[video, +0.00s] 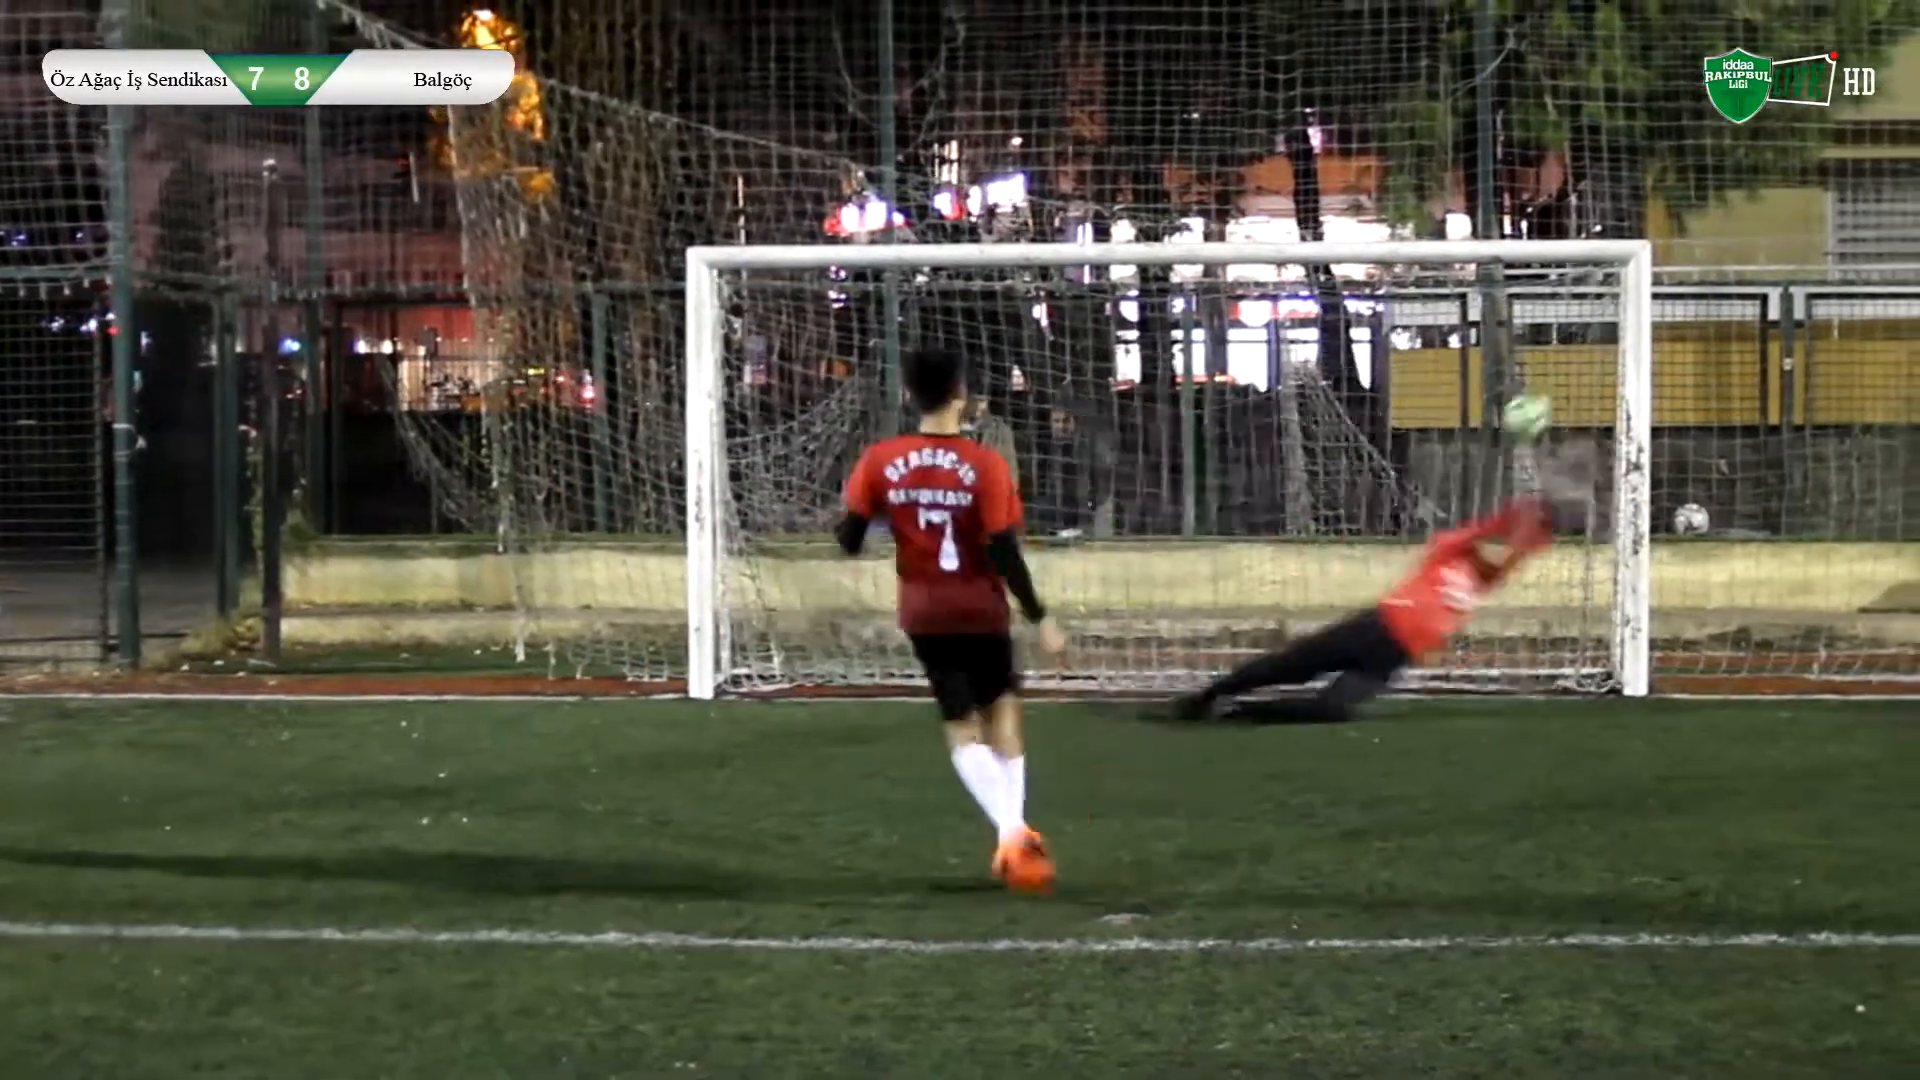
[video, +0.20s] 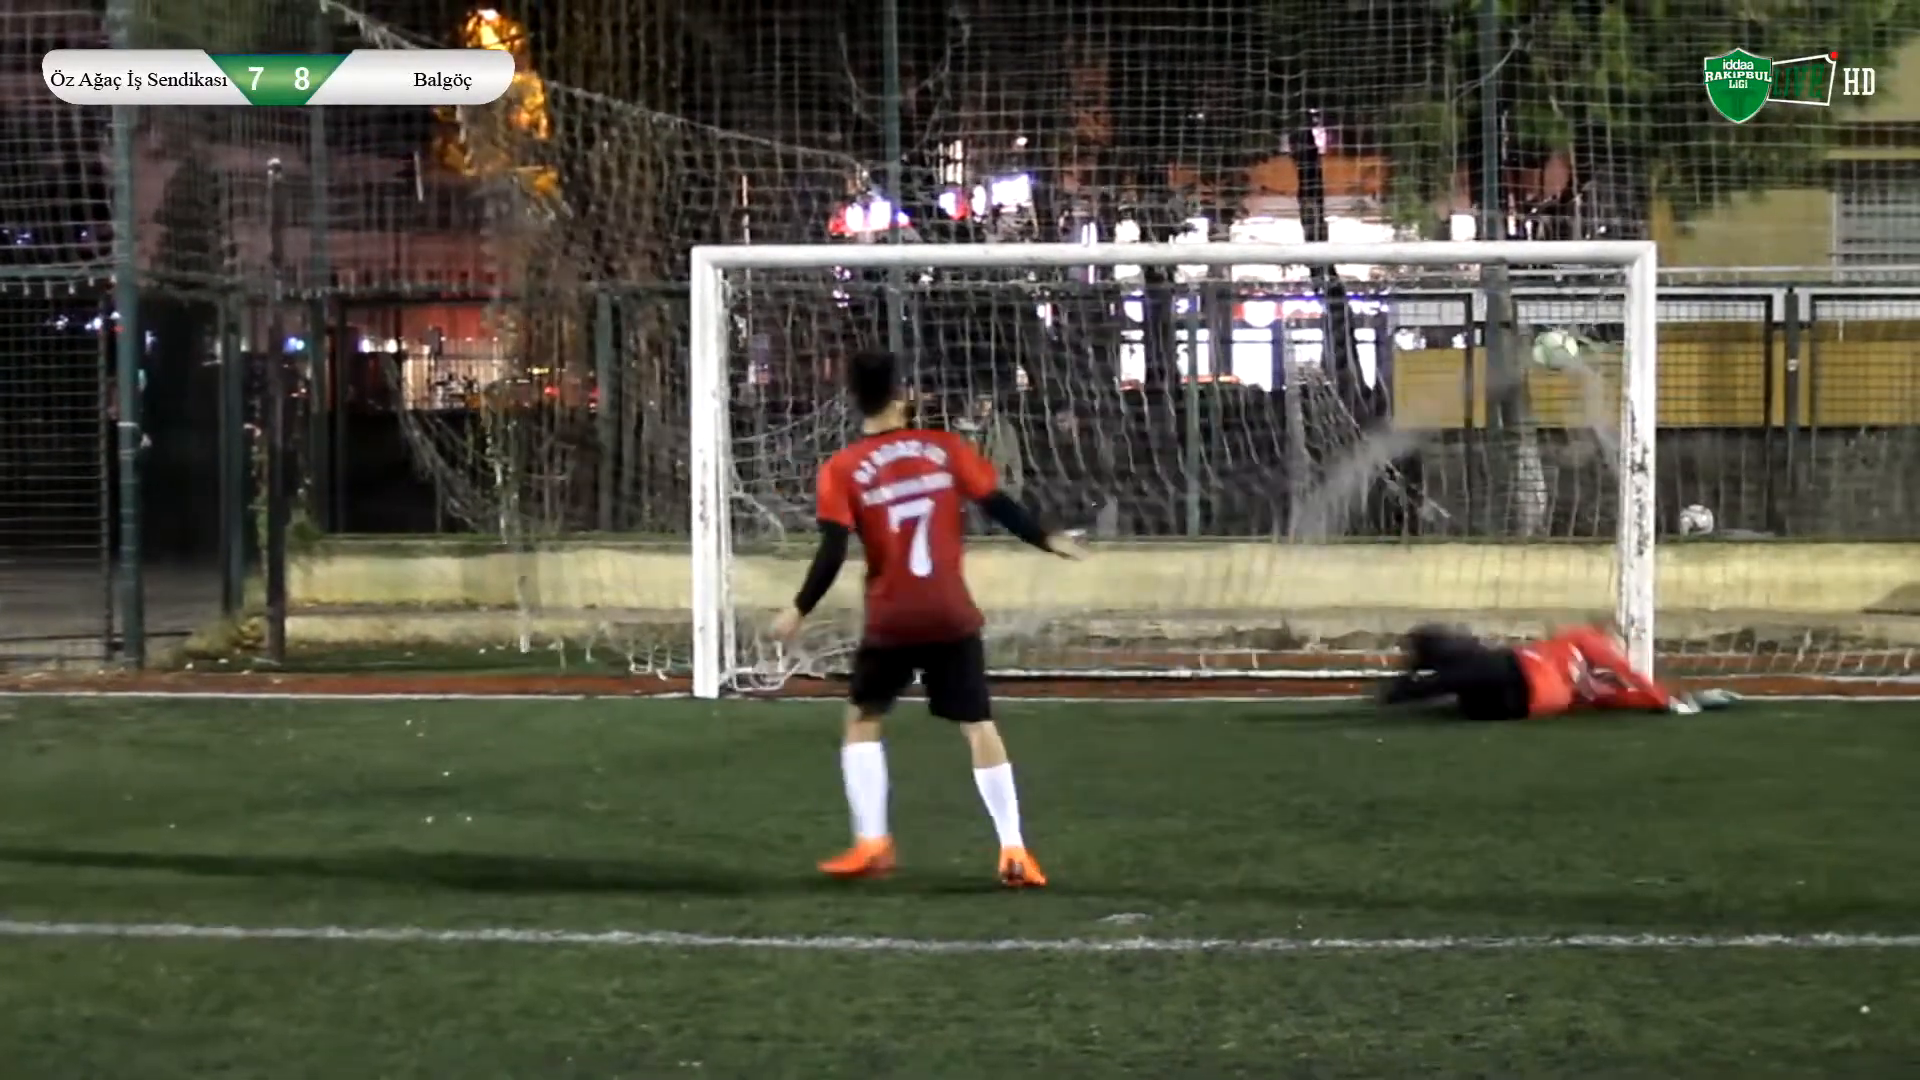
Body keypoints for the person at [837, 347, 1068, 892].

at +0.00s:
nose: (969, 399)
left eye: (962, 390)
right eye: (968, 390)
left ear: (911, 397)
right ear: (961, 395)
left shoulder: (882, 458)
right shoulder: (985, 463)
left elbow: (848, 539)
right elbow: (1002, 549)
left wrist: (875, 502)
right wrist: (1041, 617)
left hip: (924, 619)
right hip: (982, 617)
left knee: (961, 730)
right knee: (1003, 714)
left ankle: (1013, 829)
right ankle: (1011, 837)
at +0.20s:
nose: (908, 399)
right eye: (906, 391)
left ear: (855, 400)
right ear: (903, 397)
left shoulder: (841, 467)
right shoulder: (945, 447)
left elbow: (833, 551)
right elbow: (999, 504)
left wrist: (798, 609)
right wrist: (1046, 538)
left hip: (890, 622)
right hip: (954, 617)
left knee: (864, 720)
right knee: (979, 725)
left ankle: (871, 838)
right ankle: (1013, 845)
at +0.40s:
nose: (765, 411)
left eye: (763, 404)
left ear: (765, 405)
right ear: (807, 395)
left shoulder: (770, 461)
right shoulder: (860, 447)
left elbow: (781, 538)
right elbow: (905, 514)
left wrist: (762, 601)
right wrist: (908, 566)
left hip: (810, 616)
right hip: (864, 610)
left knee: (809, 727)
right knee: (889, 713)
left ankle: (833, 846)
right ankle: (947, 812)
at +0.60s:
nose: (674, 421)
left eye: (674, 410)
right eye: (671, 411)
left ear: (692, 403)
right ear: (714, 398)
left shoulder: (704, 447)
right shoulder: (773, 437)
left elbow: (701, 527)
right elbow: (820, 505)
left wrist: (678, 551)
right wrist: (803, 567)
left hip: (738, 594)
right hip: (781, 587)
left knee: (764, 715)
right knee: (753, 704)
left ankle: (817, 828)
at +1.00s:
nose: (657, 352)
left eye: (661, 341)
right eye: (645, 342)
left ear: (666, 349)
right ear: (620, 352)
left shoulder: (657, 412)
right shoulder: (609, 412)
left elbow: (678, 493)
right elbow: (616, 487)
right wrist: (673, 436)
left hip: (665, 570)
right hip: (629, 570)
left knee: (662, 711)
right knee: (662, 708)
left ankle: (645, 842)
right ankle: (590, 820)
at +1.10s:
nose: (635, 358)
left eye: (641, 347)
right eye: (623, 348)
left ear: (647, 355)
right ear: (595, 356)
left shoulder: (636, 416)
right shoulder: (582, 416)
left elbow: (652, 504)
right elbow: (585, 489)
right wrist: (652, 443)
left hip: (647, 575)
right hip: (607, 576)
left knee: (649, 710)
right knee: (629, 709)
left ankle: (645, 843)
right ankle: (524, 812)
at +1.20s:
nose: (619, 362)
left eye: (622, 350)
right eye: (607, 351)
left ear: (623, 360)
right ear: (578, 360)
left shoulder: (617, 417)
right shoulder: (569, 417)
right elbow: (570, 491)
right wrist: (632, 443)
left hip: (622, 575)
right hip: (588, 577)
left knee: (639, 708)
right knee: (586, 715)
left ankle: (645, 845)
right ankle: (486, 808)